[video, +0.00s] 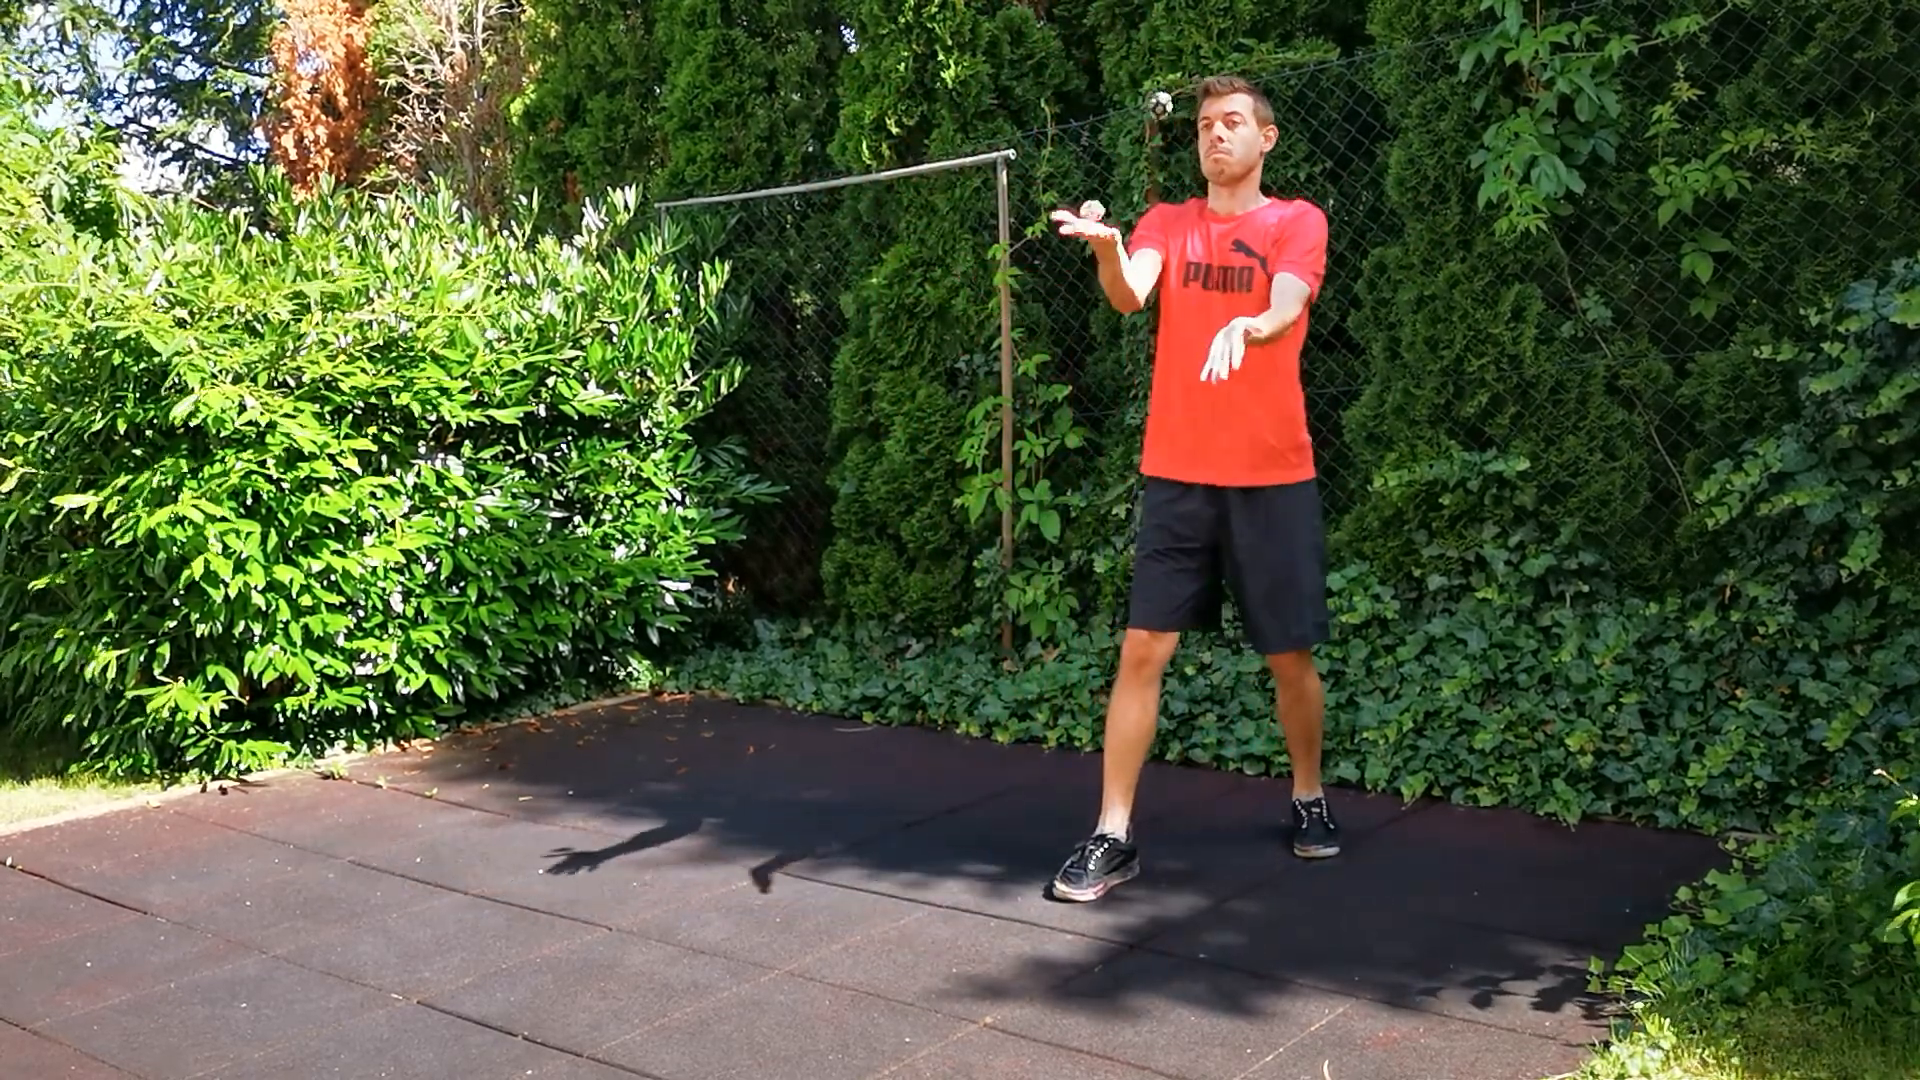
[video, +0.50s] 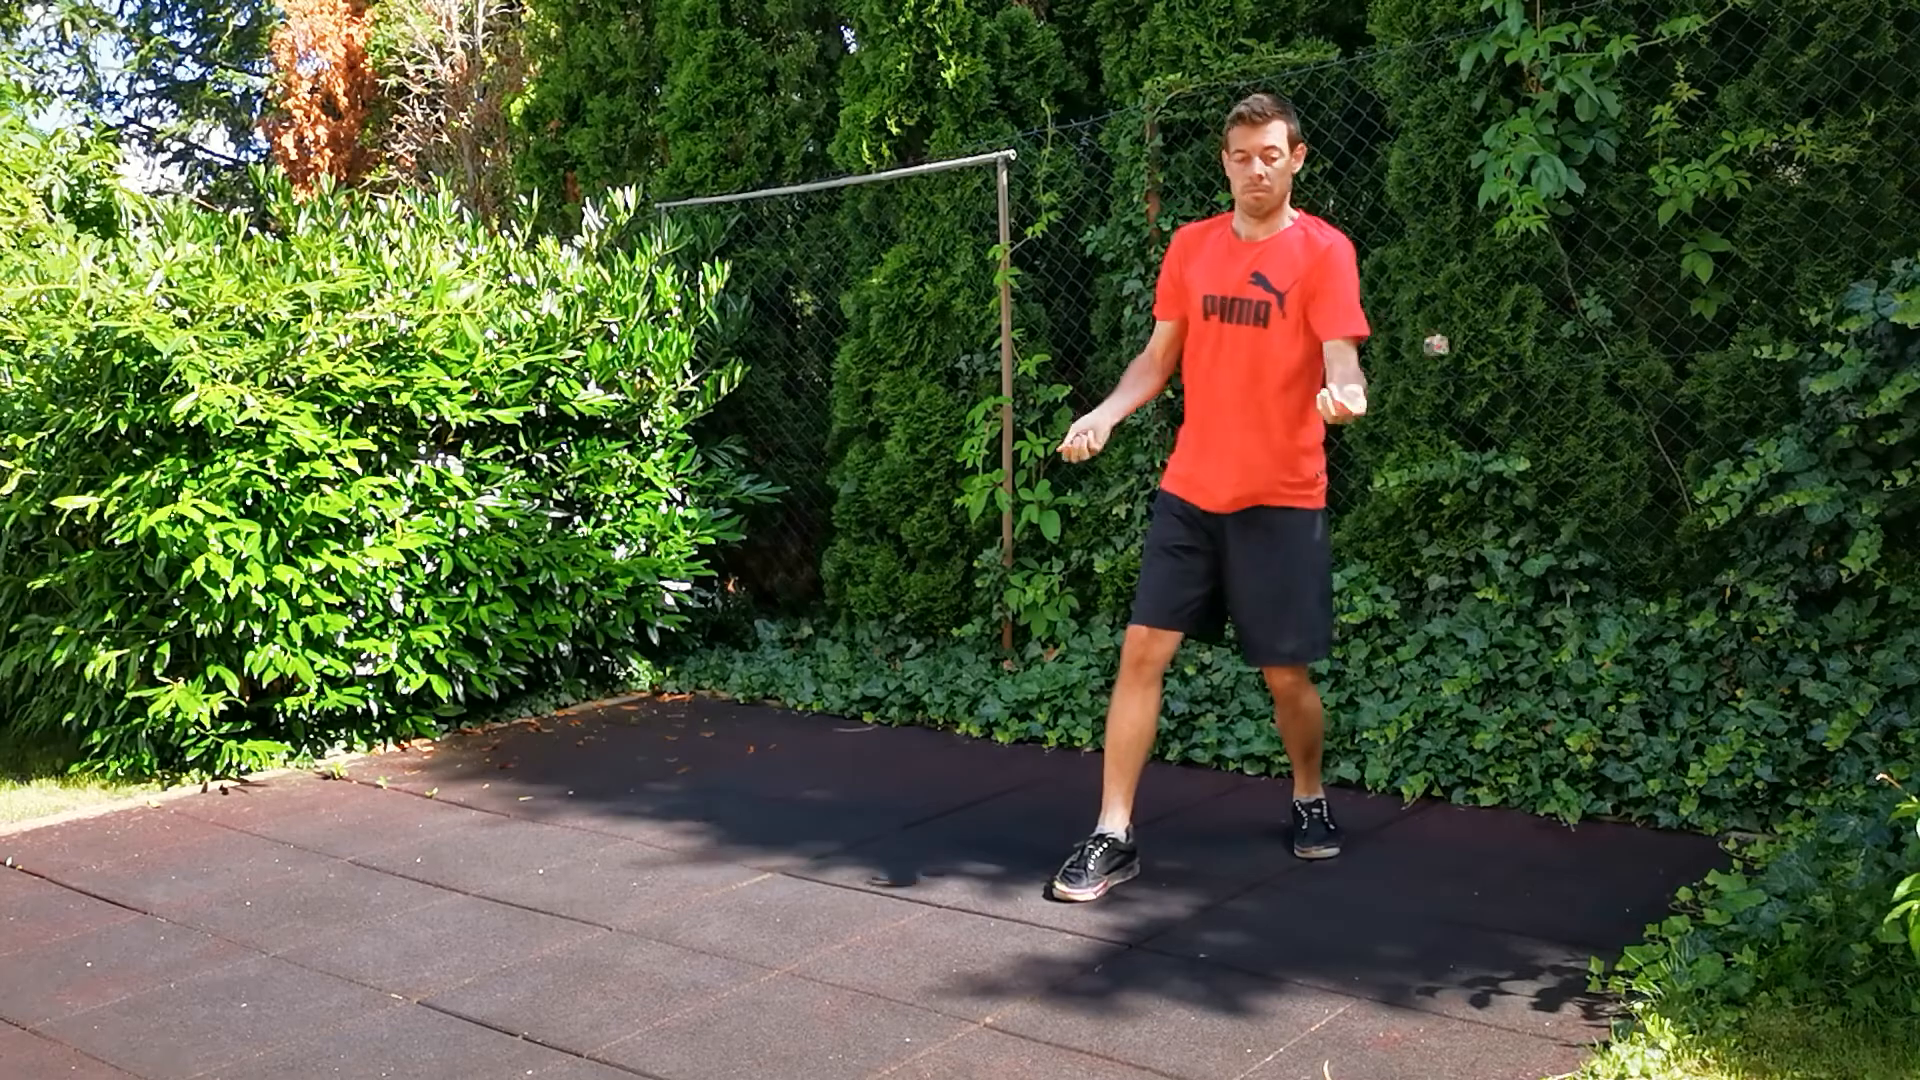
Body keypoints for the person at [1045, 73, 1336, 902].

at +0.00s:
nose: (1219, 134)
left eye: (1234, 121)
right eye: (1209, 125)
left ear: (1268, 138)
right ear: (1195, 146)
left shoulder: (1300, 221)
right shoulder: (1164, 221)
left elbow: (1289, 301)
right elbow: (1127, 298)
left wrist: (1250, 327)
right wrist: (1107, 246)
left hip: (1272, 475)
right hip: (1176, 471)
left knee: (1289, 652)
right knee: (1142, 648)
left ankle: (1309, 800)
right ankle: (1110, 833)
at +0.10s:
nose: (1227, 136)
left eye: (1241, 124)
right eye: (1217, 128)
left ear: (1276, 140)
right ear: (1204, 148)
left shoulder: (1306, 222)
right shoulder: (1180, 220)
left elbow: (1290, 291)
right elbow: (1155, 314)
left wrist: (1258, 317)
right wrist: (1153, 243)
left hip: (1276, 471)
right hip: (1180, 467)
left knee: (1293, 652)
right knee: (1144, 648)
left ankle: (1308, 800)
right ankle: (1111, 831)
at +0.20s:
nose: (1229, 143)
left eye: (1244, 130)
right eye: (1220, 134)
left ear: (1281, 142)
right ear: (1209, 150)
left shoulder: (1313, 223)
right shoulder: (1186, 227)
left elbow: (1265, 300)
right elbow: (1178, 337)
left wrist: (1189, 293)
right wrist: (1178, 245)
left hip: (1282, 476)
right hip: (1189, 472)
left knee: (1295, 654)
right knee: (1144, 647)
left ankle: (1309, 802)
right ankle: (1113, 832)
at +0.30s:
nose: (1242, 151)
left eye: (1256, 138)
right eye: (1230, 140)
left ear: (1288, 149)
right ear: (1216, 155)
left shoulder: (1314, 230)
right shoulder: (1189, 233)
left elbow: (1258, 302)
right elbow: (1177, 358)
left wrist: (1193, 310)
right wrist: (1178, 311)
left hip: (1284, 479)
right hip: (1192, 475)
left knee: (1295, 660)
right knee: (1147, 647)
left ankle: (1310, 803)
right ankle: (1114, 833)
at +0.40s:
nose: (1243, 162)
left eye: (1258, 148)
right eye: (1231, 150)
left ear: (1290, 156)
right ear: (1219, 160)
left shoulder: (1316, 246)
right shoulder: (1190, 241)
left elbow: (1290, 367)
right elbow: (1172, 355)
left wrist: (1280, 337)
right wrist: (1144, 372)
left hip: (1282, 492)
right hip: (1192, 483)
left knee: (1291, 672)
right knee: (1144, 650)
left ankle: (1309, 801)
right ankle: (1112, 833)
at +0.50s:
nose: (1255, 170)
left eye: (1268, 156)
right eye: (1242, 157)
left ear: (1296, 159)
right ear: (1224, 163)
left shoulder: (1324, 251)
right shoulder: (1192, 244)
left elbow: (1342, 359)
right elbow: (1157, 358)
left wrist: (1344, 395)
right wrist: (1104, 415)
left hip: (1282, 497)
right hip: (1190, 488)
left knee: (1287, 674)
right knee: (1142, 649)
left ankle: (1309, 800)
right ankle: (1111, 833)